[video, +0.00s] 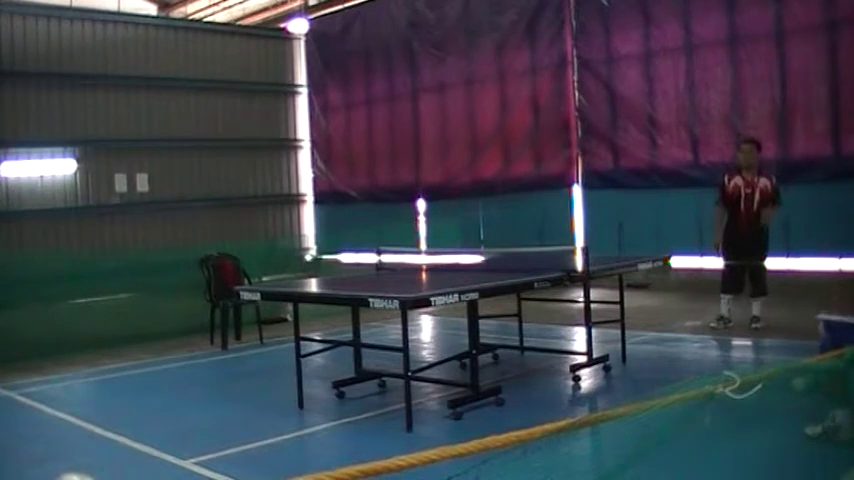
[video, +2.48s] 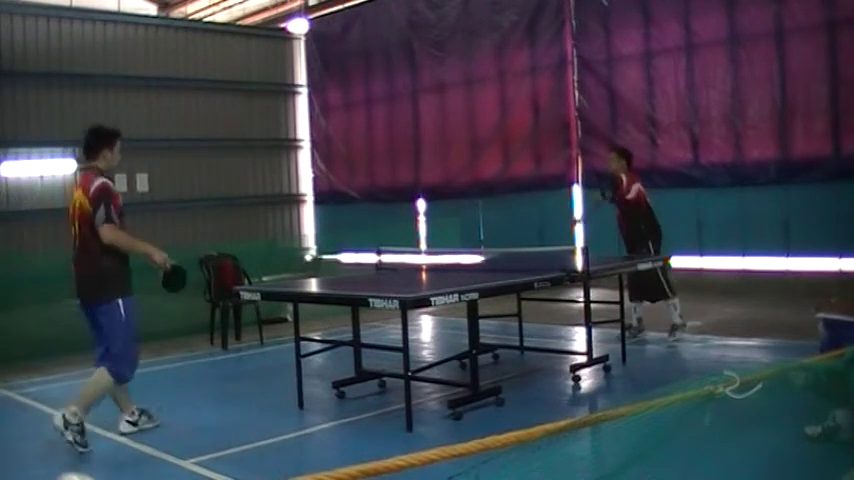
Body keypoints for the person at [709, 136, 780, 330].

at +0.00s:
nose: (746, 157)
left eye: (750, 152)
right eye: (743, 152)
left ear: (757, 156)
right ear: (738, 156)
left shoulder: (767, 182)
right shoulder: (729, 181)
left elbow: (773, 207)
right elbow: (721, 210)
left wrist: (766, 216)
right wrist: (718, 237)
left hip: (757, 234)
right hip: (733, 233)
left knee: (756, 272)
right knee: (730, 271)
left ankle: (756, 315)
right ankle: (724, 314)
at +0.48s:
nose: (722, 158)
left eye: (726, 154)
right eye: (721, 154)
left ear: (736, 157)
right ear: (719, 157)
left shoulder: (748, 183)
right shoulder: (711, 186)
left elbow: (757, 208)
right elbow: (707, 220)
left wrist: (740, 212)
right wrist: (703, 251)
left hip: (742, 242)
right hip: (719, 243)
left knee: (748, 281)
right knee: (714, 282)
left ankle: (755, 314)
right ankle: (712, 320)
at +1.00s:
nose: (686, 158)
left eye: (690, 154)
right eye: (684, 154)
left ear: (700, 156)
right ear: (683, 157)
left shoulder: (715, 180)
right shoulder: (682, 186)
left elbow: (727, 205)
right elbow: (679, 219)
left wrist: (709, 210)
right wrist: (673, 246)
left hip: (713, 233)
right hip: (693, 235)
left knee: (708, 272)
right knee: (698, 273)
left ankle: (709, 321)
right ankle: (709, 319)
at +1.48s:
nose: (674, 155)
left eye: (679, 151)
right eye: (674, 151)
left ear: (689, 155)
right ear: (673, 154)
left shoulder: (699, 182)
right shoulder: (668, 184)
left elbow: (708, 210)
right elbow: (661, 214)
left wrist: (684, 210)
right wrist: (657, 241)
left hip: (692, 242)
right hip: (672, 242)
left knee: (689, 285)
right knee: (679, 285)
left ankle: (690, 330)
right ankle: (685, 328)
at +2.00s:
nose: (629, 163)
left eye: (633, 159)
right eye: (630, 159)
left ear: (643, 161)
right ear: (639, 162)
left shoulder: (653, 181)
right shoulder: (641, 184)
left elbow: (644, 198)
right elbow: (644, 222)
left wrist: (630, 181)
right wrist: (641, 245)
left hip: (660, 244)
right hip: (644, 245)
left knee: (671, 286)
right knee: (637, 284)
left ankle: (686, 327)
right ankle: (637, 323)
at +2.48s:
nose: (610, 164)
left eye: (613, 160)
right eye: (610, 160)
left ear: (624, 162)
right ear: (617, 163)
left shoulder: (634, 185)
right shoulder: (619, 183)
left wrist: (652, 247)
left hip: (648, 240)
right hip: (633, 241)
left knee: (662, 281)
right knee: (633, 282)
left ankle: (677, 320)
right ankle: (637, 322)